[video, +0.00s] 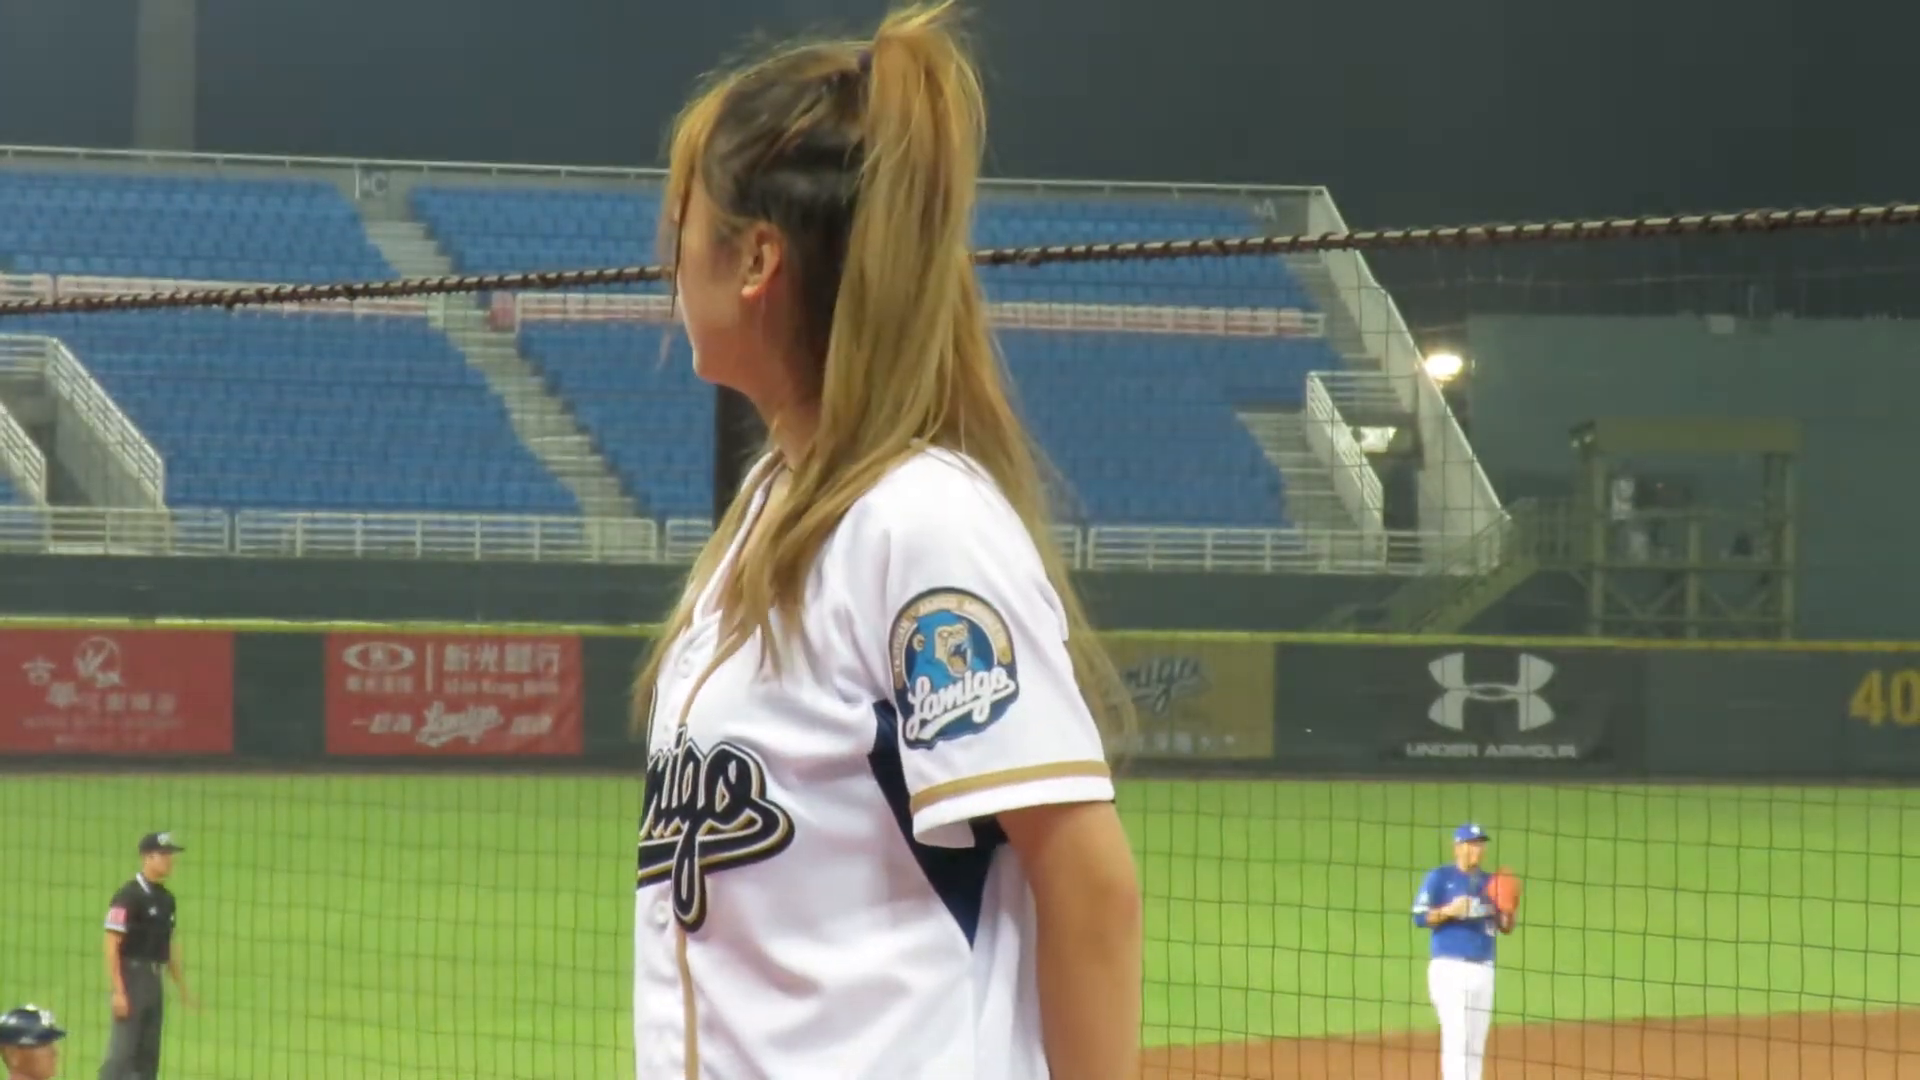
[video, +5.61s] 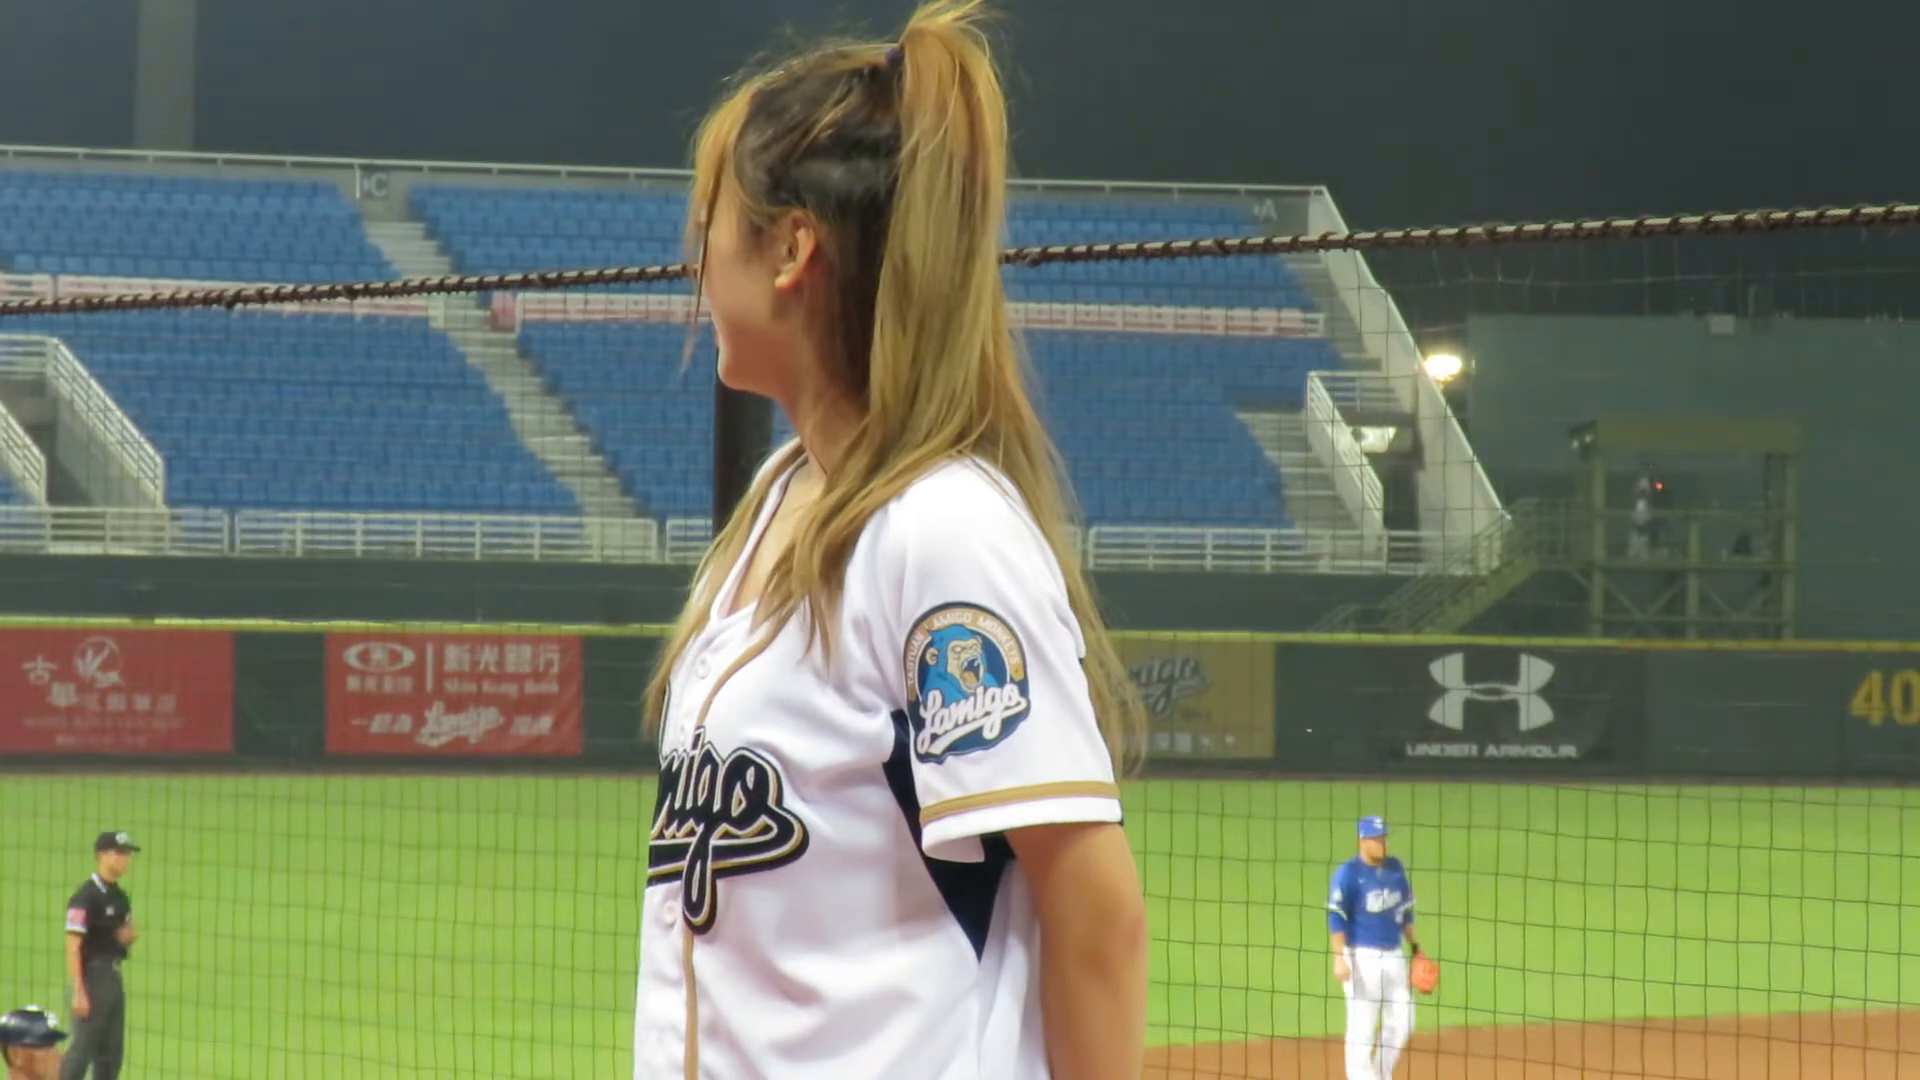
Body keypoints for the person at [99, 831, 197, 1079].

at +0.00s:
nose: (169, 861)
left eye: (170, 856)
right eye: (163, 855)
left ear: (169, 858)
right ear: (147, 857)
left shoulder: (166, 899)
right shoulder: (128, 895)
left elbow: (167, 948)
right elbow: (111, 945)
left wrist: (182, 987)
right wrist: (118, 991)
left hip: (154, 969)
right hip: (130, 967)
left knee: (149, 1045)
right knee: (125, 1045)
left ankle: (144, 1075)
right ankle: (114, 1074)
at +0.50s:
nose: (135, 864)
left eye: (138, 858)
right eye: (129, 857)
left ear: (140, 861)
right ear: (114, 858)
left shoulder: (140, 901)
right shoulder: (94, 902)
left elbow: (143, 948)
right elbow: (79, 951)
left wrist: (153, 989)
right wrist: (88, 995)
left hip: (127, 977)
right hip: (100, 976)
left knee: (141, 1055)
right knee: (90, 1059)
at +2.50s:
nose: (116, 866)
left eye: (118, 860)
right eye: (109, 860)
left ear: (121, 862)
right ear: (94, 861)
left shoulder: (119, 901)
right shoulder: (78, 903)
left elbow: (122, 952)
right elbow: (65, 954)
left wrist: (129, 990)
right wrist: (71, 999)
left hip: (113, 973)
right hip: (87, 973)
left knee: (125, 1054)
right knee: (84, 1053)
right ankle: (81, 1074)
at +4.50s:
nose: (132, 860)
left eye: (132, 854)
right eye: (127, 854)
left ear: (121, 857)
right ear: (110, 856)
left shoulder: (125, 895)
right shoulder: (95, 898)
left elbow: (130, 947)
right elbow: (87, 950)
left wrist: (141, 984)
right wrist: (108, 990)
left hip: (127, 970)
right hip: (106, 969)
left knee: (122, 1047)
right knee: (103, 1048)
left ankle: (117, 1075)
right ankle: (98, 1075)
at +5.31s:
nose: (145, 862)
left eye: (145, 856)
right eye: (141, 855)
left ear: (129, 857)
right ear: (122, 855)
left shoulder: (127, 892)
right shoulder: (102, 894)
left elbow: (117, 936)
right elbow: (89, 944)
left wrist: (139, 945)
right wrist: (95, 989)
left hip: (121, 967)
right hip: (104, 967)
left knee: (118, 1044)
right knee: (103, 1043)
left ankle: (111, 1074)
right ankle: (90, 1075)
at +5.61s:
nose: (126, 860)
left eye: (127, 854)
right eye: (121, 854)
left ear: (123, 858)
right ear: (103, 855)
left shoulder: (119, 895)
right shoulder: (85, 895)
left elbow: (126, 933)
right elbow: (73, 947)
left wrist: (127, 935)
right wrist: (79, 991)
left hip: (112, 967)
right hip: (92, 967)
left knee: (110, 1047)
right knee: (84, 1044)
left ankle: (106, 1074)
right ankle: (68, 1075)